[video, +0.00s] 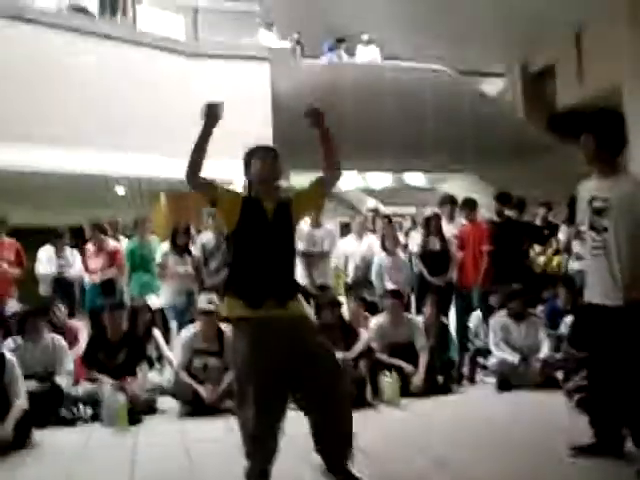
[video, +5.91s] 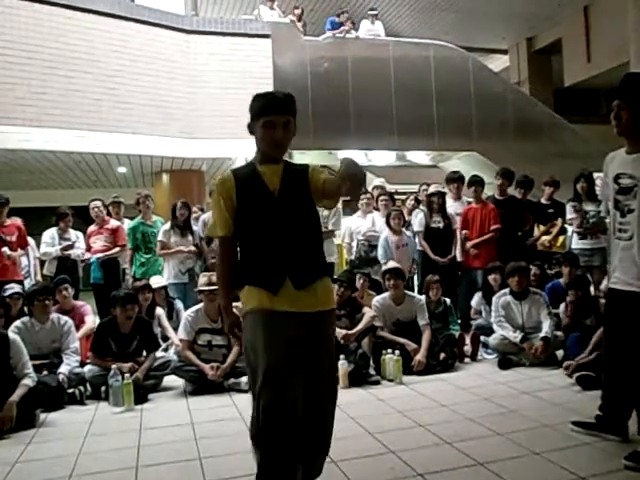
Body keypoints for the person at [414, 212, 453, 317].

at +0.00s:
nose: (436, 226)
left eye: (438, 222)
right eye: (432, 223)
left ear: (440, 224)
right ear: (427, 225)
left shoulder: (446, 241)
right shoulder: (421, 241)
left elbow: (452, 259)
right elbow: (417, 260)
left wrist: (448, 275)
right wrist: (430, 278)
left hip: (444, 281)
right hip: (427, 282)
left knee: (442, 314)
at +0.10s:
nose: (436, 228)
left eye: (438, 224)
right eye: (433, 225)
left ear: (441, 226)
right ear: (427, 226)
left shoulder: (445, 242)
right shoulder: (422, 243)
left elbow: (450, 260)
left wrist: (445, 276)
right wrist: (430, 278)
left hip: (442, 281)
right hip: (426, 282)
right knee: (426, 313)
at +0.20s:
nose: (435, 212)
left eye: (437, 208)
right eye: (432, 208)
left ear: (440, 210)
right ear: (427, 210)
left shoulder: (444, 226)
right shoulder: (422, 224)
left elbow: (450, 243)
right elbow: (417, 243)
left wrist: (446, 261)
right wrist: (427, 262)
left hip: (442, 265)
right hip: (426, 265)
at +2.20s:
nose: (433, 200)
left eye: (435, 197)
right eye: (429, 197)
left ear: (439, 198)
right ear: (425, 198)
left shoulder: (444, 214)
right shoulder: (419, 214)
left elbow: (449, 234)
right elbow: (416, 236)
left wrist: (447, 251)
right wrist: (428, 254)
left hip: (442, 257)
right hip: (424, 257)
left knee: (442, 291)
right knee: (423, 288)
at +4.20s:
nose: (432, 198)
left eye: (435, 194)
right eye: (429, 194)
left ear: (439, 197)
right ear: (424, 196)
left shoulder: (444, 214)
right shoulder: (418, 214)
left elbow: (449, 234)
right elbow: (416, 236)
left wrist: (447, 251)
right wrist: (428, 254)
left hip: (443, 257)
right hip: (425, 258)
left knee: (444, 290)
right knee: (424, 289)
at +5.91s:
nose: (437, 200)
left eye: (440, 197)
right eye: (433, 196)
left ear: (443, 199)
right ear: (429, 199)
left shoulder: (449, 216)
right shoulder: (423, 216)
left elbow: (454, 236)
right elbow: (421, 238)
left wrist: (452, 253)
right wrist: (433, 256)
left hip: (447, 259)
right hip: (429, 258)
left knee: (448, 291)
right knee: (428, 290)